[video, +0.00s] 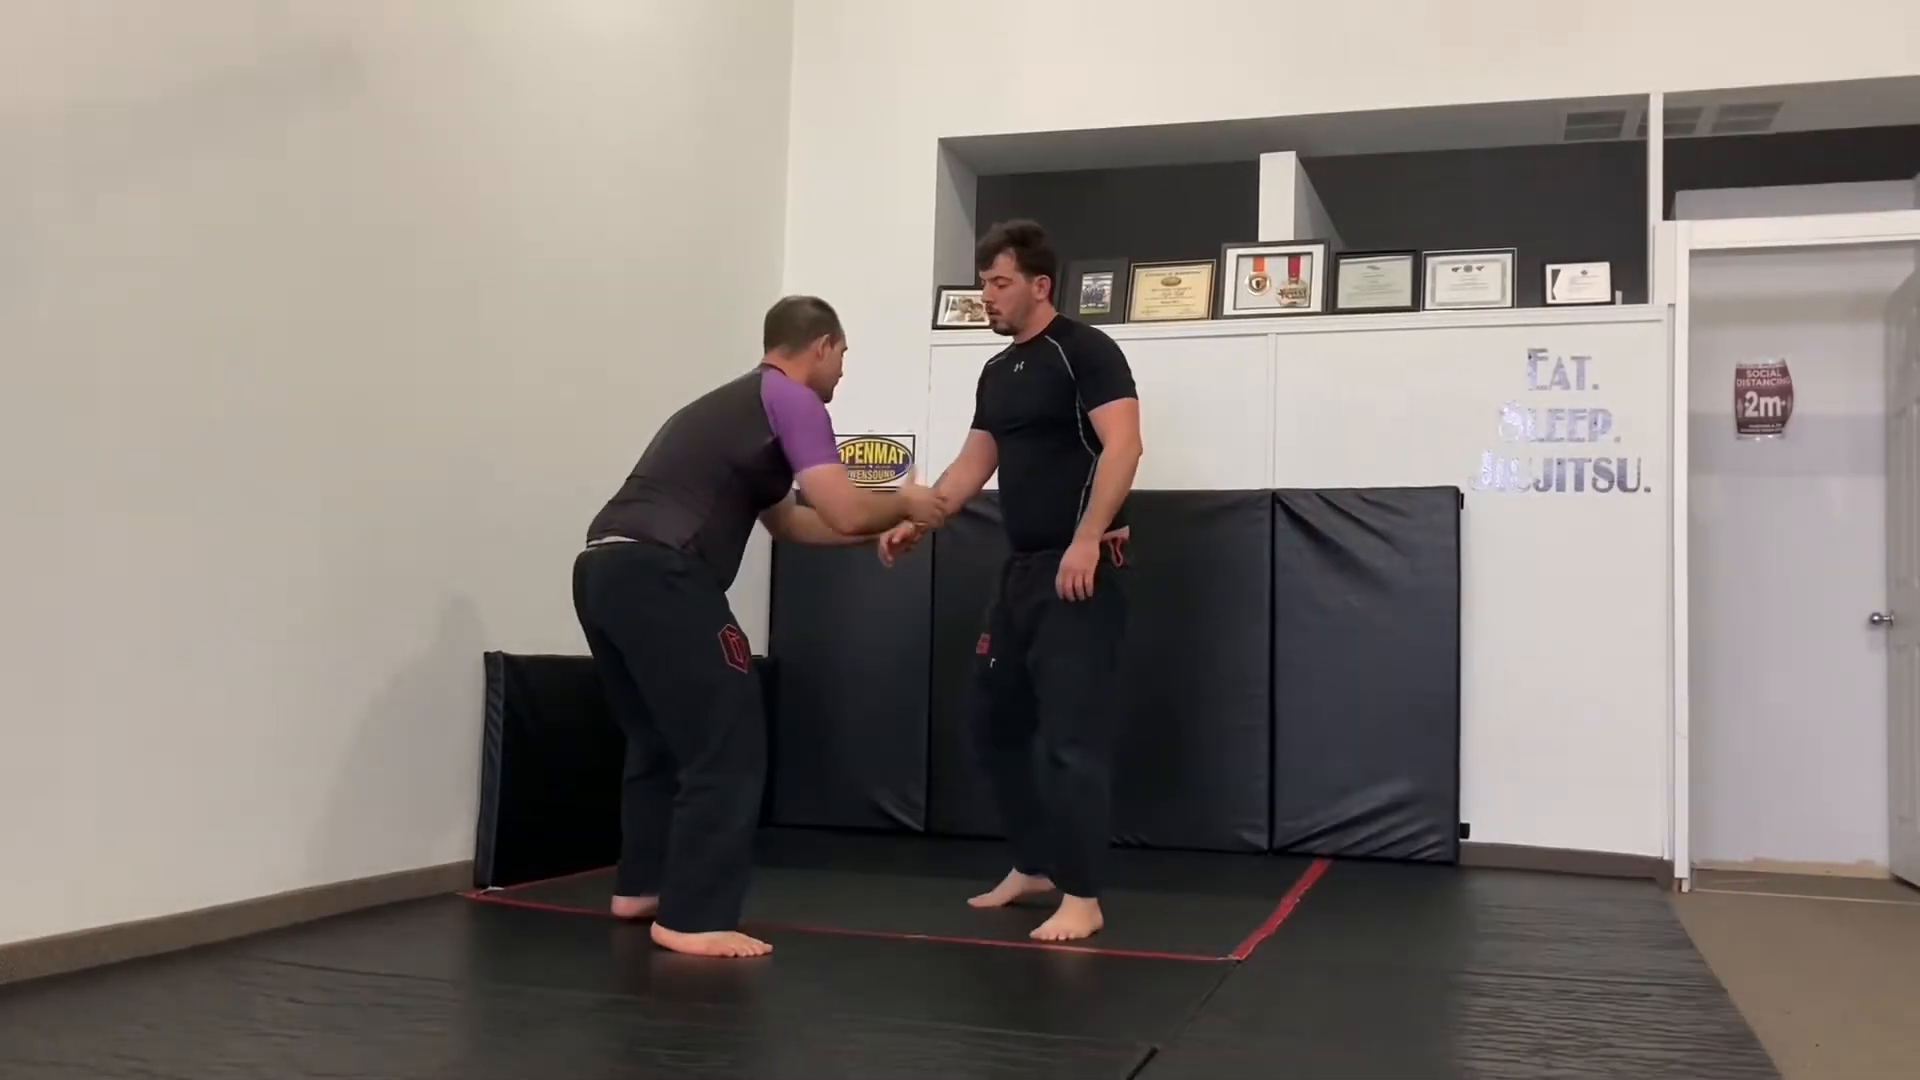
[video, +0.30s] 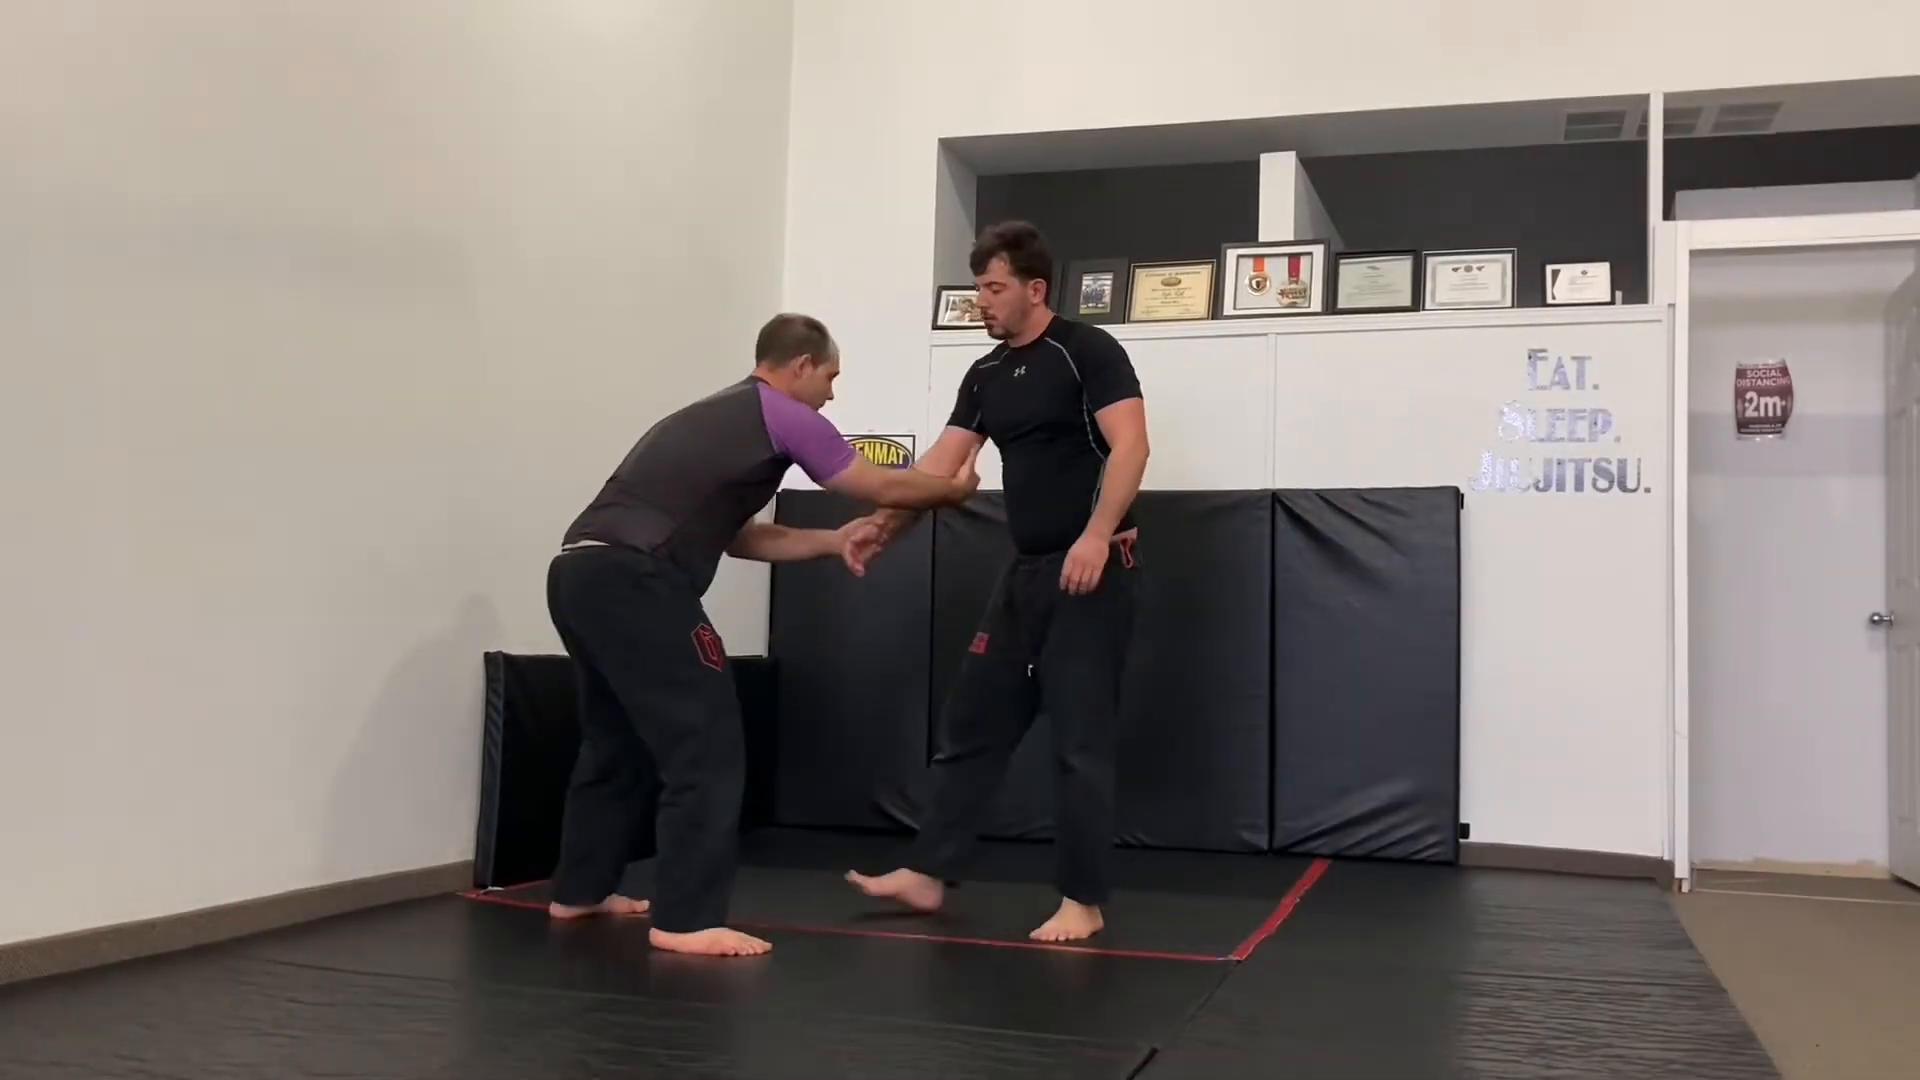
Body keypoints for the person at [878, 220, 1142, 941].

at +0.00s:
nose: (988, 296)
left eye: (1000, 283)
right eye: (984, 284)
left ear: (1041, 284)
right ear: (989, 289)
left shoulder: (1088, 352)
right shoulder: (998, 371)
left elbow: (1124, 446)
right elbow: (975, 460)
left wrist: (1088, 538)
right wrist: (919, 520)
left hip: (1082, 565)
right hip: (1023, 568)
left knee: (1071, 728)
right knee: (998, 716)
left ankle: (1081, 898)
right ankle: (1033, 867)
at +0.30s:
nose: (981, 300)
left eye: (994, 288)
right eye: (978, 289)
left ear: (1037, 288)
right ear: (984, 292)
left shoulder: (1089, 350)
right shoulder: (985, 375)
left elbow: (1131, 447)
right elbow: (942, 465)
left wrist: (1098, 535)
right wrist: (884, 522)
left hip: (1093, 568)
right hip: (1027, 570)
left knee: (1080, 736)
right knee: (975, 717)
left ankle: (1084, 903)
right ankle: (927, 874)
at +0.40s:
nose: (971, 306)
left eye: (984, 293)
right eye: (968, 294)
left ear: (1028, 292)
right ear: (972, 296)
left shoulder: (1083, 353)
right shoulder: (972, 378)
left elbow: (1132, 448)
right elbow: (928, 469)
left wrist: (1111, 540)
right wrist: (874, 530)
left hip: (1083, 569)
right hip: (1018, 574)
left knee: (1079, 737)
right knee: (971, 724)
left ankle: (1084, 903)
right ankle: (915, 879)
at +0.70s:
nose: (935, 310)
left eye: (946, 297)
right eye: (929, 299)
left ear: (989, 296)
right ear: (931, 303)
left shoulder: (1050, 355)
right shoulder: (928, 388)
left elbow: (1112, 445)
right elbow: (897, 488)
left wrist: (1125, 536)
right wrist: (846, 557)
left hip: (1062, 569)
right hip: (986, 575)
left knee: (1064, 735)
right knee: (936, 727)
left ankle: (1080, 900)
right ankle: (907, 884)